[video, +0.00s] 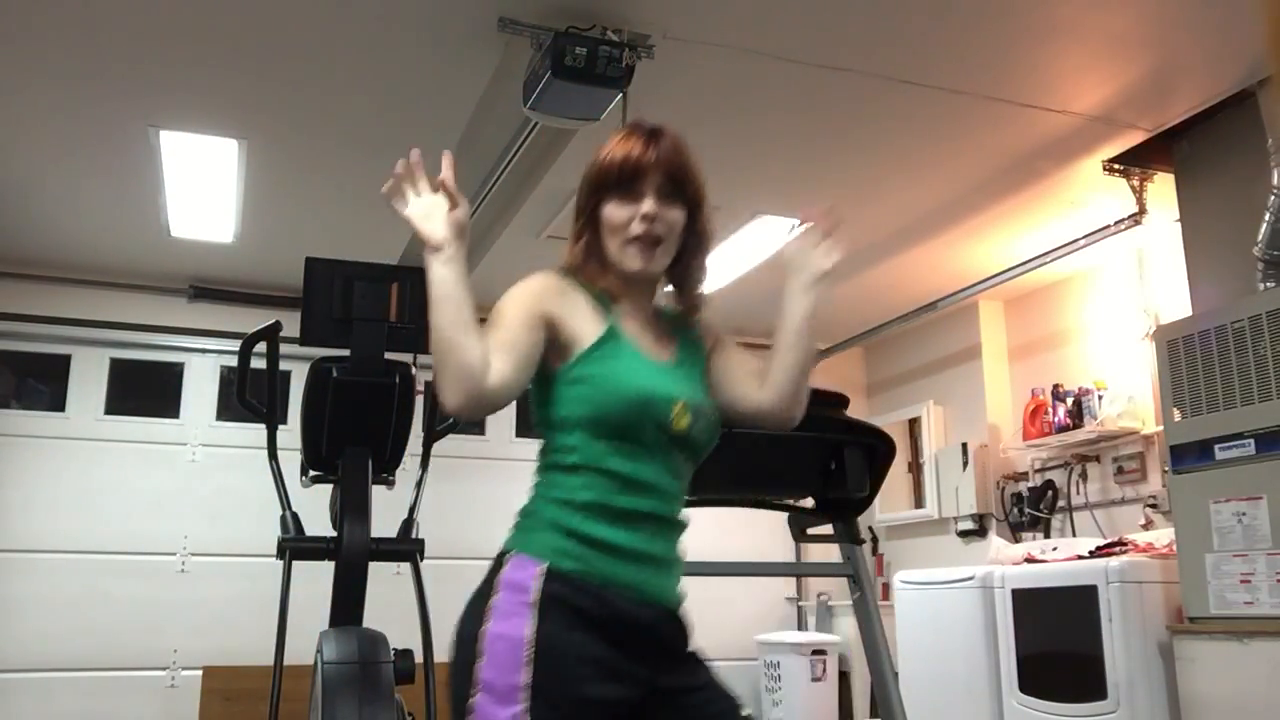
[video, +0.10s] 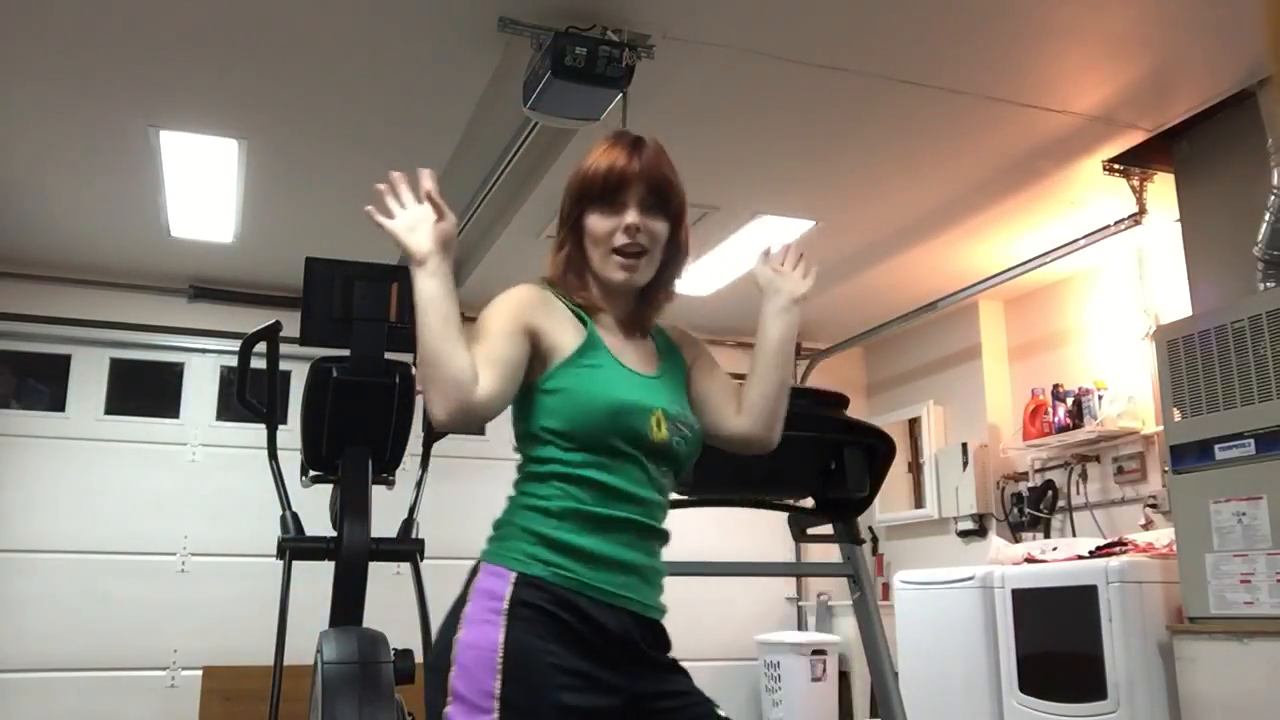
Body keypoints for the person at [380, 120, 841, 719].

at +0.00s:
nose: (649, 212)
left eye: (669, 196)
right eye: (628, 194)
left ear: (689, 218)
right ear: (595, 211)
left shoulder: (696, 335)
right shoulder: (551, 298)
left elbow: (777, 406)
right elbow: (465, 391)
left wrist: (803, 284)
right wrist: (443, 250)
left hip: (649, 624)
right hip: (547, 611)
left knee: (718, 712)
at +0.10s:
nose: (633, 224)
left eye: (653, 208)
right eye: (611, 205)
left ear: (674, 230)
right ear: (578, 223)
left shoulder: (682, 350)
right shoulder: (533, 309)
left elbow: (756, 430)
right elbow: (453, 403)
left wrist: (781, 303)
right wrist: (430, 262)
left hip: (633, 634)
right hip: (524, 617)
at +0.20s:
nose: (626, 210)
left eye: (647, 194)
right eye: (604, 191)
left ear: (667, 216)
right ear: (571, 206)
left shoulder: (672, 336)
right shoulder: (523, 288)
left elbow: (742, 427)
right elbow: (452, 396)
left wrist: (780, 304)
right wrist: (414, 256)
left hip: (627, 622)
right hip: (516, 605)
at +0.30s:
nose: (622, 208)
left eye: (642, 193)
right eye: (602, 188)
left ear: (662, 215)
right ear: (568, 201)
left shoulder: (674, 336)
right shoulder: (517, 286)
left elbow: (732, 435)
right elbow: (453, 392)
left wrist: (790, 312)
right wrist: (405, 257)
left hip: (624, 616)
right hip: (508, 598)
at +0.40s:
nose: (625, 217)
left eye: (645, 203)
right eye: (603, 198)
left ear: (663, 224)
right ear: (567, 213)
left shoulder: (679, 340)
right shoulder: (514, 307)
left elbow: (749, 431)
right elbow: (439, 402)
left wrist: (821, 326)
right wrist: (400, 263)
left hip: (626, 628)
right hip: (504, 609)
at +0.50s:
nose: (633, 199)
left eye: (652, 186)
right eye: (612, 182)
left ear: (670, 209)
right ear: (574, 202)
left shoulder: (694, 316)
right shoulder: (522, 299)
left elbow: (798, 370)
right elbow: (409, 342)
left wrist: (865, 328)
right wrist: (407, 203)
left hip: (639, 623)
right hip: (514, 605)